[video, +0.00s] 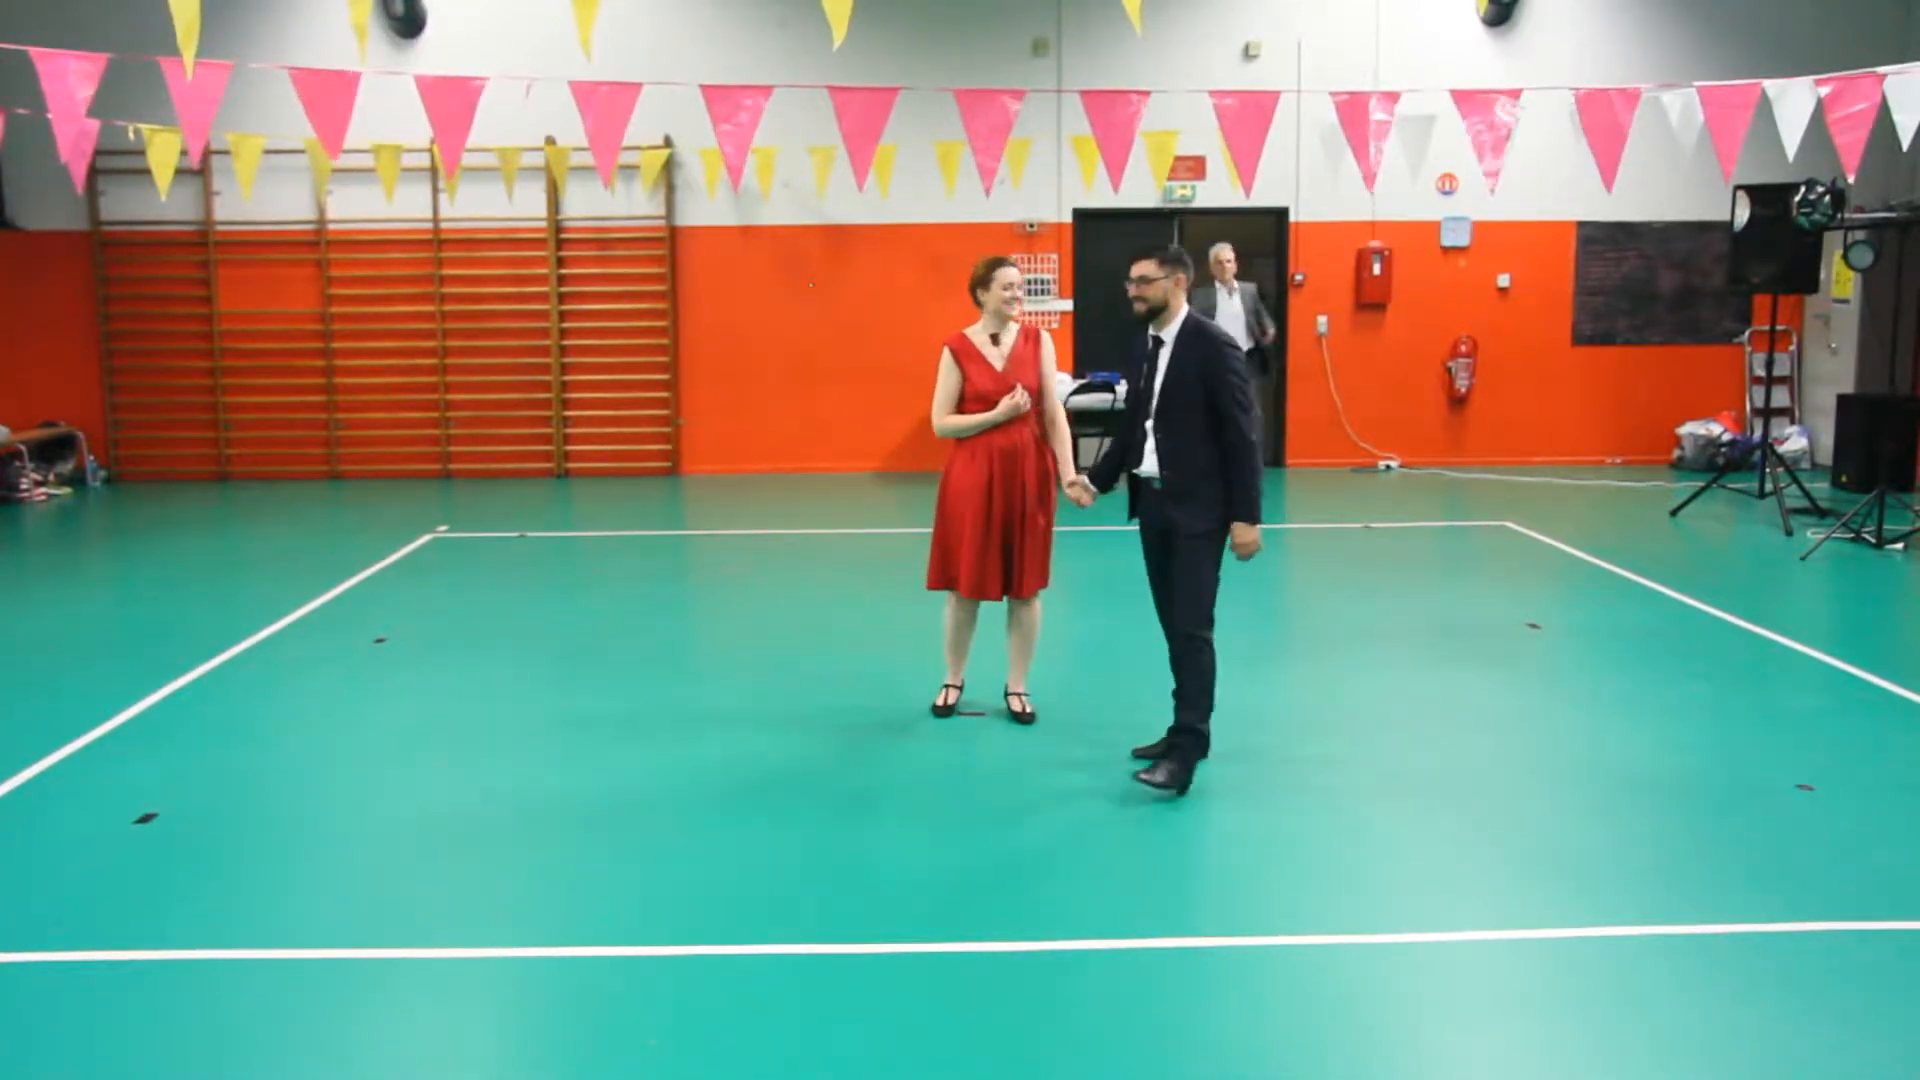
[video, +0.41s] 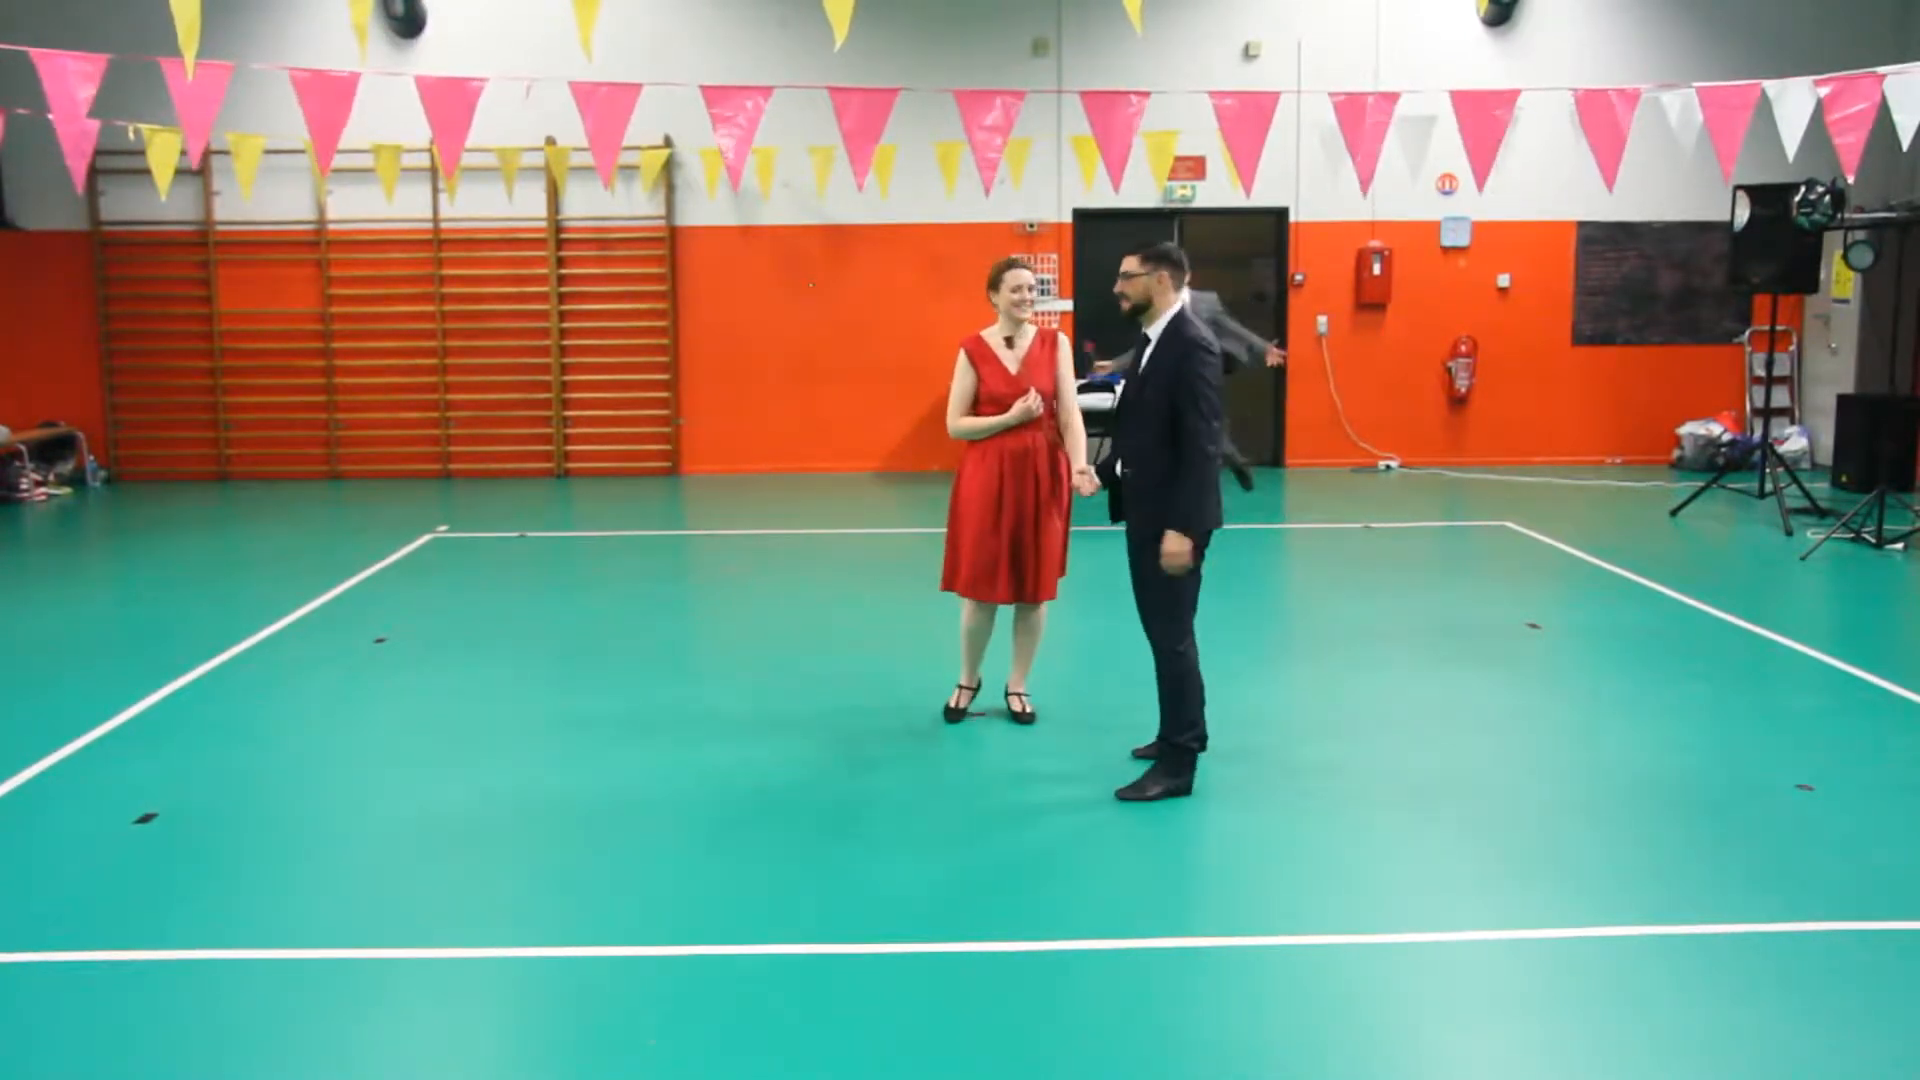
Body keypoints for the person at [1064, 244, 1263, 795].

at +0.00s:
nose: (1134, 291)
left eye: (1144, 282)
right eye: (1131, 282)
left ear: (1179, 283)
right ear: (1139, 288)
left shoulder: (1214, 345)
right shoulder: (1148, 345)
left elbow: (1241, 434)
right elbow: (1134, 423)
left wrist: (1246, 516)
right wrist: (1096, 480)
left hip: (1199, 504)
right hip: (1153, 501)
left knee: (1191, 628)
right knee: (1175, 626)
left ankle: (1186, 752)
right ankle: (1185, 729)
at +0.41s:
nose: (1119, 287)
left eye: (1129, 277)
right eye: (1120, 278)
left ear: (1167, 280)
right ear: (1152, 282)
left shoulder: (1192, 344)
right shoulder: (1154, 340)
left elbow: (1203, 441)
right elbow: (1138, 424)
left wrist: (1185, 526)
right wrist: (1102, 466)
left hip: (1174, 514)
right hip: (1146, 509)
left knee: (1173, 640)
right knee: (1165, 635)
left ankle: (1178, 763)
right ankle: (1179, 733)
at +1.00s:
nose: (1121, 287)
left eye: (1122, 280)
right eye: (1124, 279)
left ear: (1129, 282)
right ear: (1176, 282)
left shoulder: (1161, 350)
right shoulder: (1189, 335)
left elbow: (1143, 453)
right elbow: (1165, 433)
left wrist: (1120, 535)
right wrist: (1117, 464)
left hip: (1167, 521)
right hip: (1180, 513)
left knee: (1169, 637)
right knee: (1150, 627)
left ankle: (1176, 765)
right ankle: (1169, 739)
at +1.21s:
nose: (1123, 287)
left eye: (1123, 279)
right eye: (1125, 278)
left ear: (1131, 282)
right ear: (1177, 281)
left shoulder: (1160, 352)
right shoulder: (1193, 336)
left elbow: (1141, 455)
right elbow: (1157, 410)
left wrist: (1121, 534)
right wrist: (1100, 404)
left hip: (1166, 518)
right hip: (1186, 509)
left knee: (1169, 636)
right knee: (1171, 632)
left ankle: (1181, 764)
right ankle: (1179, 743)